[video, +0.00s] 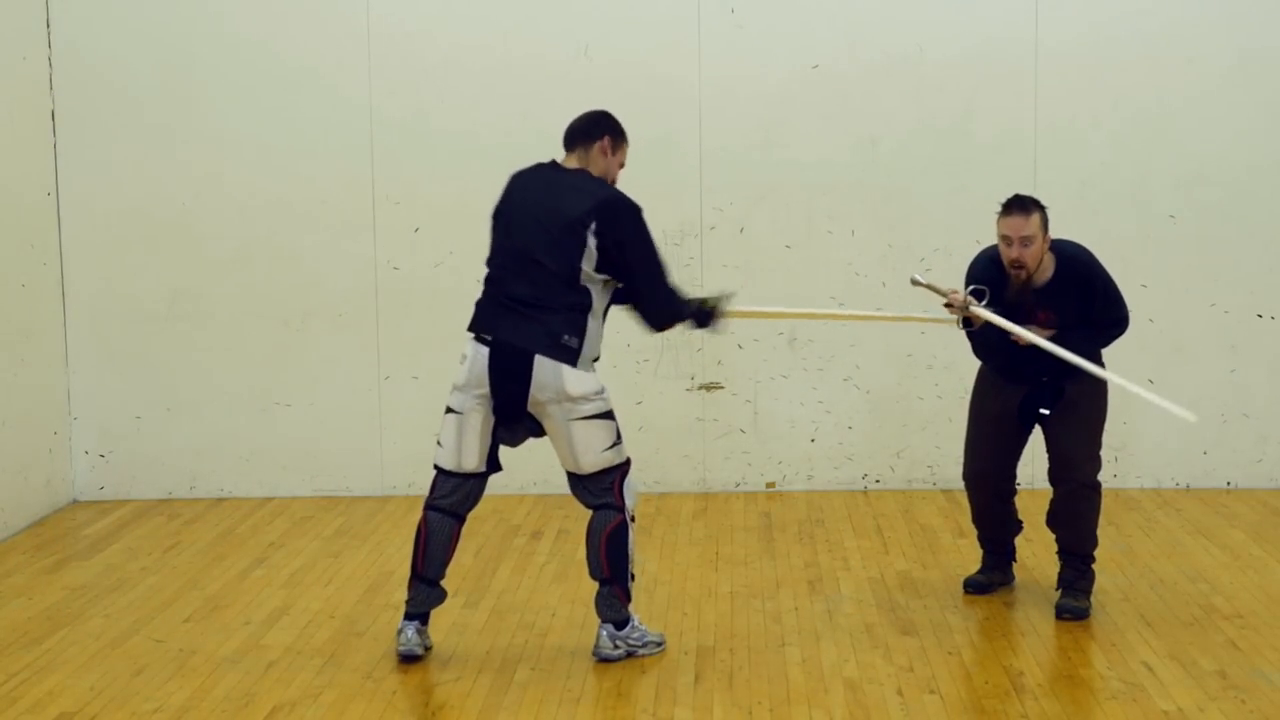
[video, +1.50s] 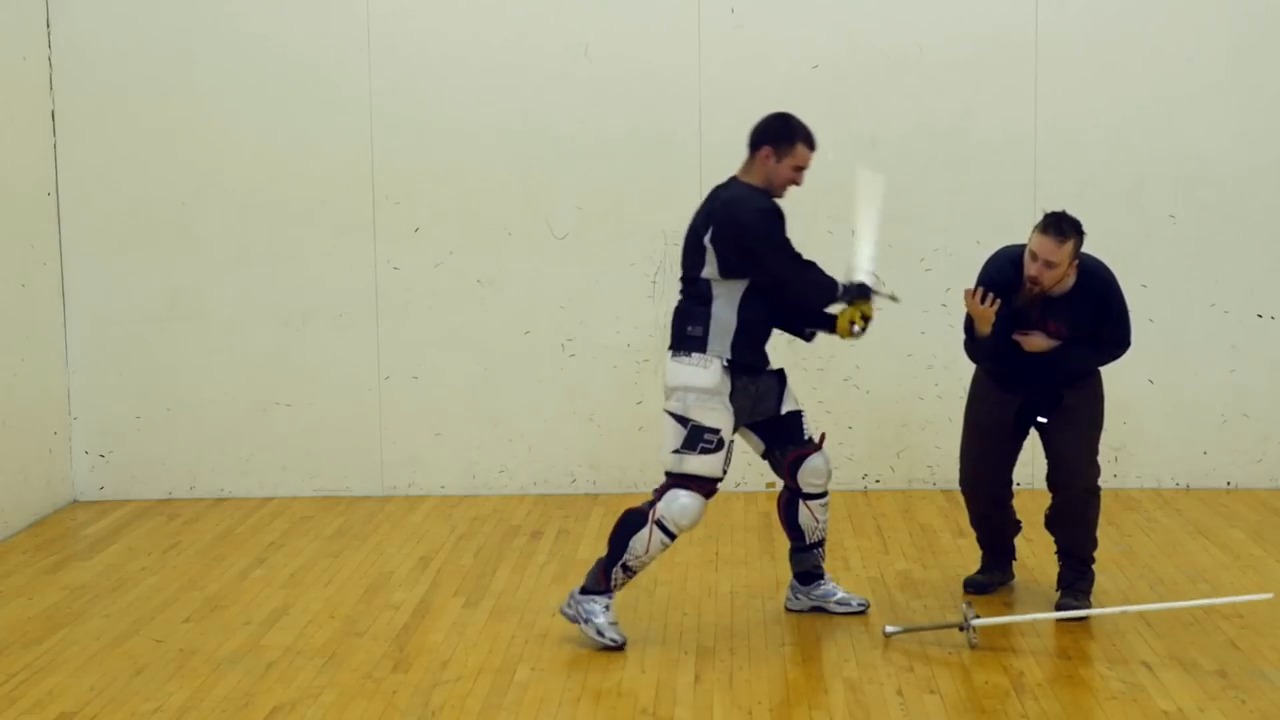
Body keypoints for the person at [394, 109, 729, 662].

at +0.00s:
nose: (620, 173)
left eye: (621, 162)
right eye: (620, 161)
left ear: (570, 147)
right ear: (604, 148)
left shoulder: (521, 182)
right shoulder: (612, 205)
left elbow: (542, 270)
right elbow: (657, 308)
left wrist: (622, 288)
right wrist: (694, 309)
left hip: (486, 356)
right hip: (560, 367)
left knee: (450, 489)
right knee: (608, 493)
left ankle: (413, 621)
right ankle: (616, 625)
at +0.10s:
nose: (601, 166)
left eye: (603, 156)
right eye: (602, 155)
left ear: (552, 139)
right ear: (588, 146)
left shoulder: (491, 178)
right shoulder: (592, 206)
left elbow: (446, 262)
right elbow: (605, 310)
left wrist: (482, 313)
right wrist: (563, 334)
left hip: (475, 354)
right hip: (552, 363)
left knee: (451, 489)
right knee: (601, 489)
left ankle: (419, 623)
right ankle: (617, 623)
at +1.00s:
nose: (613, 148)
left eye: (613, 137)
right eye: (611, 137)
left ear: (562, 132)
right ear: (588, 134)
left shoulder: (510, 190)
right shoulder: (616, 190)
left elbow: (481, 289)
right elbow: (610, 252)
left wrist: (526, 272)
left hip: (538, 353)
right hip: (603, 349)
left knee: (537, 470)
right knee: (608, 481)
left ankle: (474, 587)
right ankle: (566, 623)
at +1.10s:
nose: (648, 144)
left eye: (648, 133)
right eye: (645, 133)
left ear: (597, 129)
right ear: (622, 130)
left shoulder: (539, 186)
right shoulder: (647, 187)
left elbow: (515, 273)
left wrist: (566, 267)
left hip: (566, 347)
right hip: (623, 342)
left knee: (596, 465)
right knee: (616, 477)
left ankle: (557, 581)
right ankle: (567, 622)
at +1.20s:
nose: (682, 152)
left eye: (684, 141)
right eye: (679, 140)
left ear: (637, 132)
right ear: (653, 132)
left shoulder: (576, 180)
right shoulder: (669, 187)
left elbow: (558, 259)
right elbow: (681, 227)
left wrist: (602, 277)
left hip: (597, 348)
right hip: (643, 346)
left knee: (673, 446)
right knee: (621, 483)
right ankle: (567, 621)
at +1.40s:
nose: (752, 176)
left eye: (755, 166)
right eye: (748, 164)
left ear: (714, 157)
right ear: (716, 153)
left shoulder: (668, 205)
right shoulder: (717, 213)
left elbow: (713, 279)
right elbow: (770, 271)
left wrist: (772, 269)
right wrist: (773, 248)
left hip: (717, 375)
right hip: (684, 377)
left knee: (778, 478)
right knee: (657, 509)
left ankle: (803, 584)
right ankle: (570, 611)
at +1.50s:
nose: (799, 180)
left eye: (803, 171)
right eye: (797, 168)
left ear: (769, 158)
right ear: (766, 154)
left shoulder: (755, 209)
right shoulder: (737, 207)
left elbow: (769, 299)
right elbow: (787, 271)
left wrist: (829, 323)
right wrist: (843, 295)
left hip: (749, 368)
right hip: (703, 367)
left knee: (809, 468)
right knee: (685, 500)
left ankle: (808, 584)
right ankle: (591, 595)